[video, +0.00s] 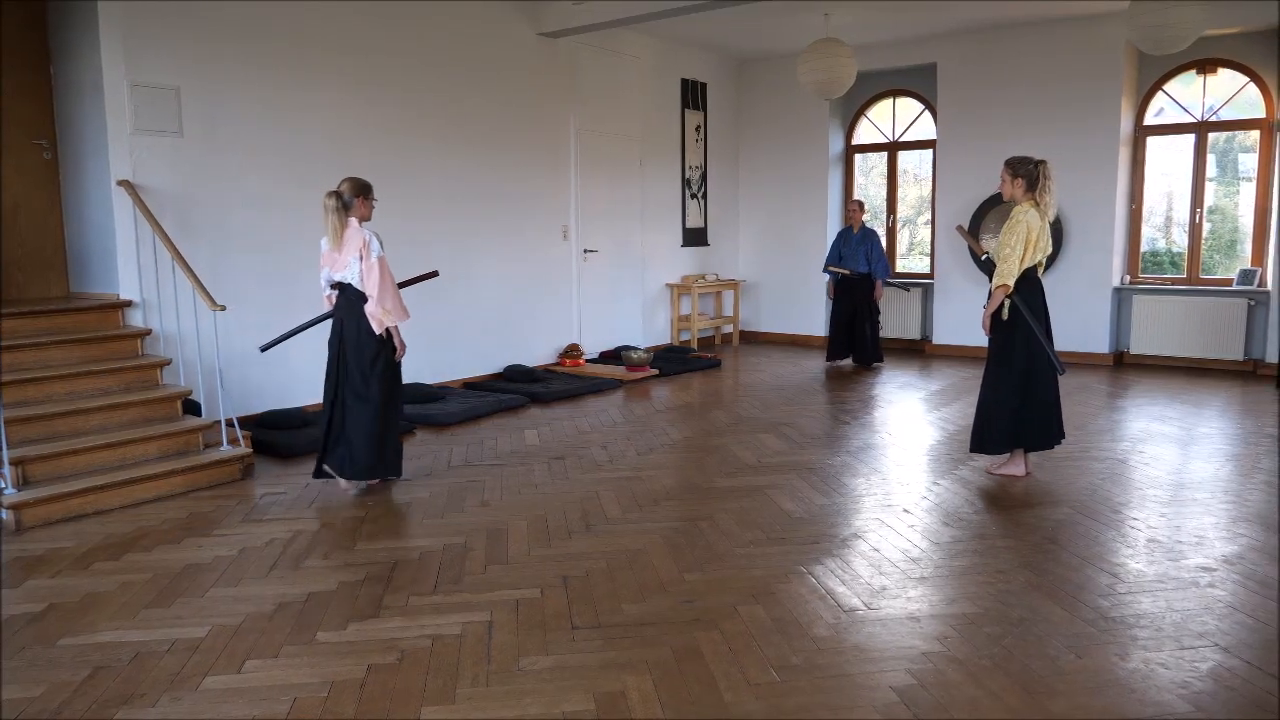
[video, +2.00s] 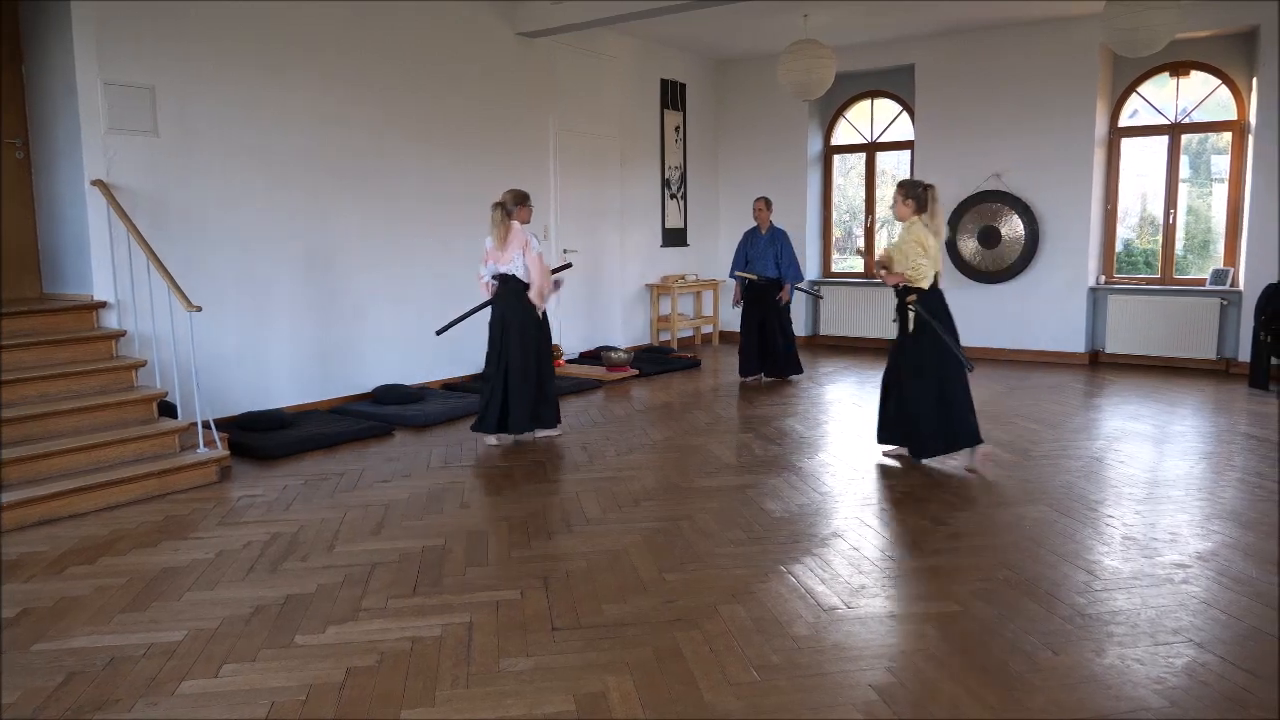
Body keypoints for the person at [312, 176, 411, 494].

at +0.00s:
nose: (373, 205)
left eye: (372, 200)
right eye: (371, 201)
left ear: (346, 203)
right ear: (359, 203)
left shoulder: (329, 242)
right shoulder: (366, 239)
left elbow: (329, 292)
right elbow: (378, 292)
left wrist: (346, 313)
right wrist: (394, 331)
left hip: (343, 325)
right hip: (368, 324)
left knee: (349, 394)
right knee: (374, 394)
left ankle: (350, 466)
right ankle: (368, 466)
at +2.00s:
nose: (531, 211)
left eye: (530, 207)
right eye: (528, 207)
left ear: (507, 209)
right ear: (519, 210)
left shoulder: (492, 239)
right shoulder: (526, 237)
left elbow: (486, 279)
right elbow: (540, 280)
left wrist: (498, 296)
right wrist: (538, 298)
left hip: (500, 299)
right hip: (522, 299)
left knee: (500, 360)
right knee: (534, 359)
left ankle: (492, 426)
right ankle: (542, 421)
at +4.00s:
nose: (529, 156)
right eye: (527, 152)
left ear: (493, 161)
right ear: (527, 156)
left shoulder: (485, 195)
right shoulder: (548, 188)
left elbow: (489, 163)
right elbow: (553, 178)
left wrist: (508, 130)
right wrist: (540, 146)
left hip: (506, 289)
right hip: (544, 287)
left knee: (511, 378)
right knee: (555, 380)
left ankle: (497, 463)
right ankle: (556, 480)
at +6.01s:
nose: (446, 137)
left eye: (454, 132)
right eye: (441, 131)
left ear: (467, 137)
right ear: (434, 134)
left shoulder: (464, 167)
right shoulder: (436, 164)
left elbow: (424, 198)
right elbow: (396, 179)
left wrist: (377, 199)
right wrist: (349, 190)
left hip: (479, 258)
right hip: (451, 257)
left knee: (487, 338)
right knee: (426, 335)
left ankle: (508, 418)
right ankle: (417, 416)